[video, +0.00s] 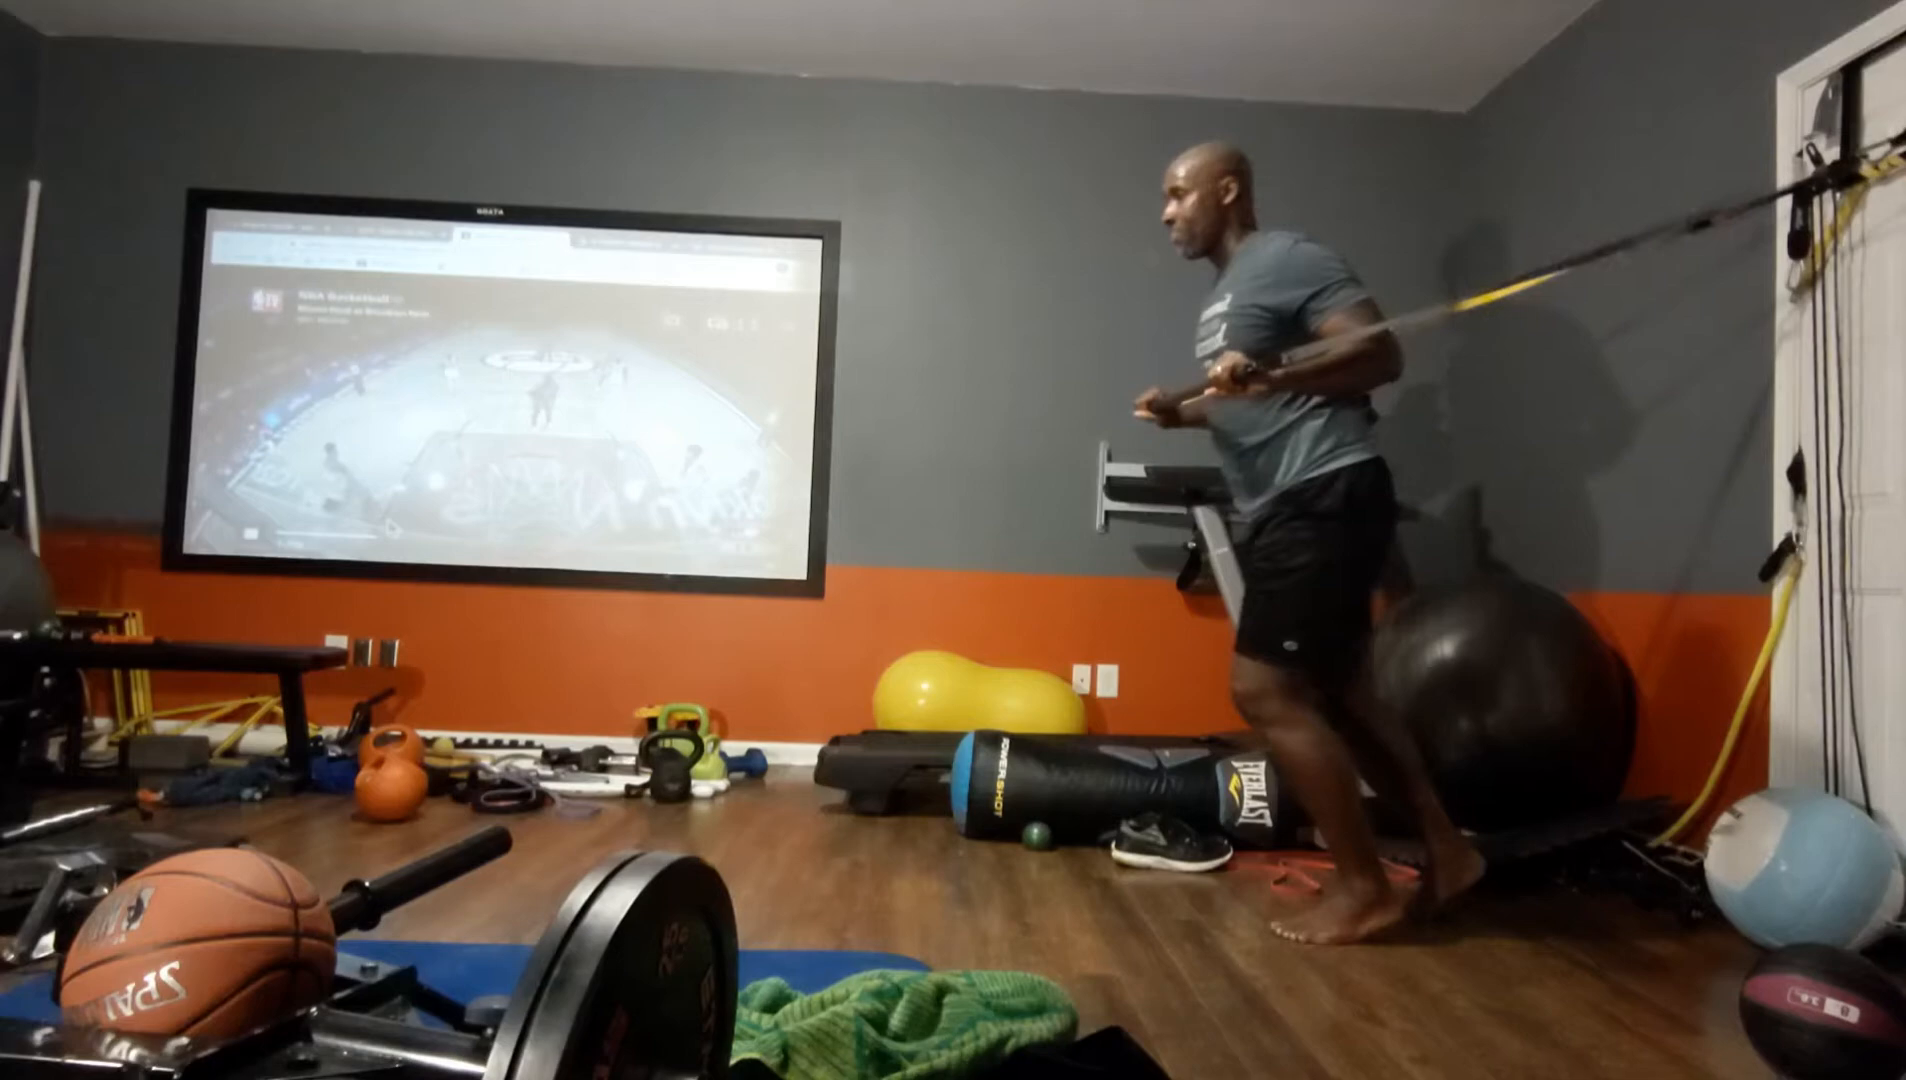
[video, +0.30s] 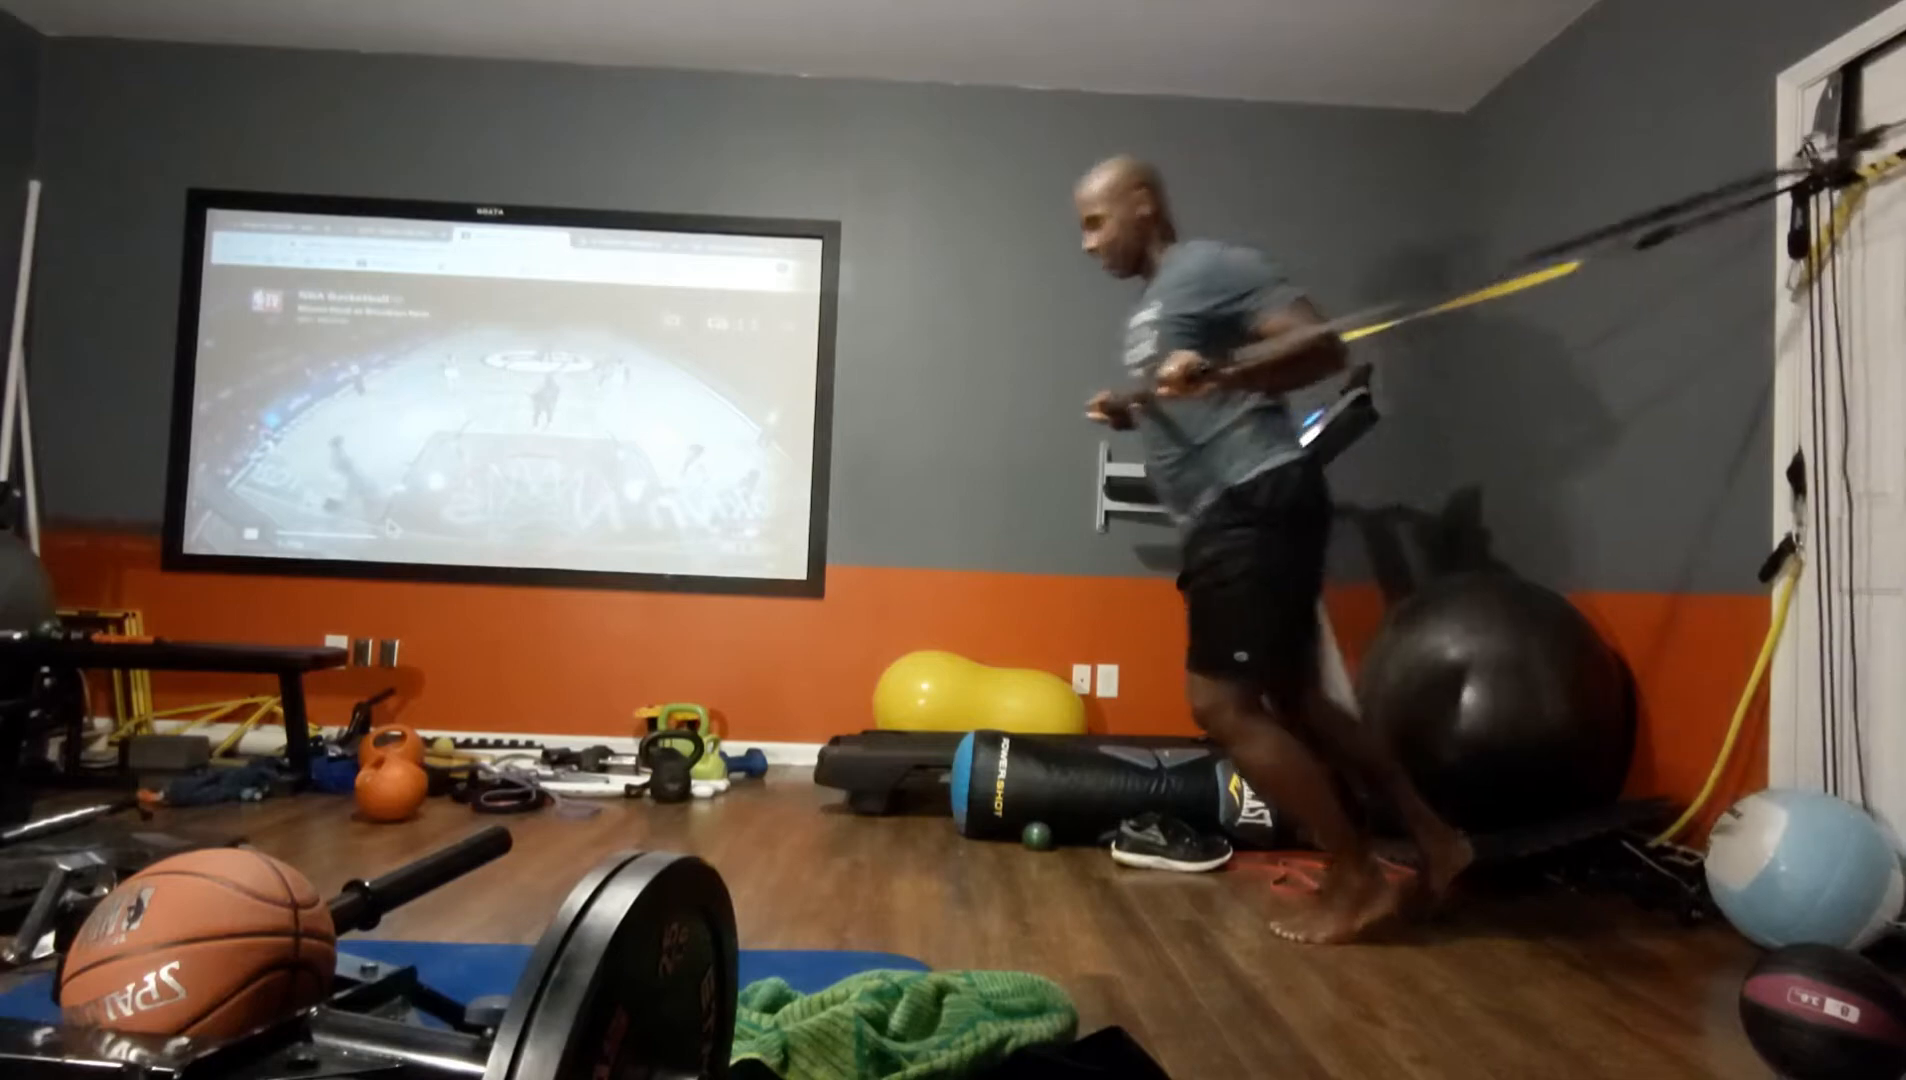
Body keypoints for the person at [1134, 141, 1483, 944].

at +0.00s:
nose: (1166, 211)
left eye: (1178, 194)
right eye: (1165, 198)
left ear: (1229, 193)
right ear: (1210, 203)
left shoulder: (1289, 259)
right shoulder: (1218, 303)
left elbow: (1379, 353)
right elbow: (1253, 403)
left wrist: (1275, 375)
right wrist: (1184, 408)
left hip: (1327, 494)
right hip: (1289, 503)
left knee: (1266, 689)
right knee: (1340, 686)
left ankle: (1362, 884)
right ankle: (1446, 848)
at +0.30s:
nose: (1087, 242)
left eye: (1094, 221)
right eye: (1083, 228)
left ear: (1146, 208)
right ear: (1128, 220)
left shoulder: (1209, 265)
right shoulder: (1149, 308)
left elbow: (1320, 345)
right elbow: (1190, 397)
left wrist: (1221, 374)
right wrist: (1131, 408)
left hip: (1261, 500)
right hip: (1236, 508)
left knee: (1225, 707)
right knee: (1294, 701)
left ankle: (1354, 880)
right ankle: (1436, 840)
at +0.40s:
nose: (1042, 257)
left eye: (1047, 235)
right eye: (1034, 244)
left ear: (1094, 216)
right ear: (1061, 239)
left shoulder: (1155, 269)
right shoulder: (1109, 312)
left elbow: (1257, 346)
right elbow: (1155, 399)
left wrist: (1139, 372)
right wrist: (1089, 407)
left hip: (1231, 500)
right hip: (1185, 517)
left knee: (1227, 714)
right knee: (1202, 710)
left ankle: (1358, 880)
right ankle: (1346, 845)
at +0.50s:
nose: (993, 271)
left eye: (1000, 251)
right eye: (984, 261)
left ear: (1045, 234)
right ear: (992, 267)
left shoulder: (1104, 275)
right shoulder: (1058, 326)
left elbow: (1124, 345)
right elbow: (1074, 405)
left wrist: (992, 344)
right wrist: (982, 386)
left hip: (1207, 497)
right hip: (1144, 522)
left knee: (1224, 718)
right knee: (1082, 678)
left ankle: (1356, 880)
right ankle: (1217, 830)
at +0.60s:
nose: (934, 285)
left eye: (936, 268)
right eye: (926, 276)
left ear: (971, 254)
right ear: (955, 268)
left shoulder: (1048, 283)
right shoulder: (1012, 335)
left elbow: (930, 306)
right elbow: (934, 377)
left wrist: (820, 296)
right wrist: (835, 356)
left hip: (1175, 502)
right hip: (1110, 525)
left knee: (1218, 718)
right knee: (997, 643)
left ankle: (1353, 875)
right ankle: (1036, 835)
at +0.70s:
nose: (856, 300)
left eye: (859, 283)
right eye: (854, 290)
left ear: (896, 269)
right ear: (891, 289)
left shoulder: (968, 297)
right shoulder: (934, 339)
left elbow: (834, 287)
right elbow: (833, 348)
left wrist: (700, 251)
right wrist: (740, 321)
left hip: (1115, 520)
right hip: (1047, 535)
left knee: (1188, 714)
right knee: (943, 670)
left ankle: (1352, 868)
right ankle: (884, 867)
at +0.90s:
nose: (769, 373)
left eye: (769, 354)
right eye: (761, 362)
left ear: (796, 332)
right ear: (805, 352)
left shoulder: (872, 351)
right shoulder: (846, 385)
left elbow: (721, 315)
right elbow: (745, 365)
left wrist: (596, 270)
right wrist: (665, 326)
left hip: (1025, 547)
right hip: (956, 563)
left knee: (1105, 743)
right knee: (844, 668)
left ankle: (1297, 861)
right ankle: (863, 868)